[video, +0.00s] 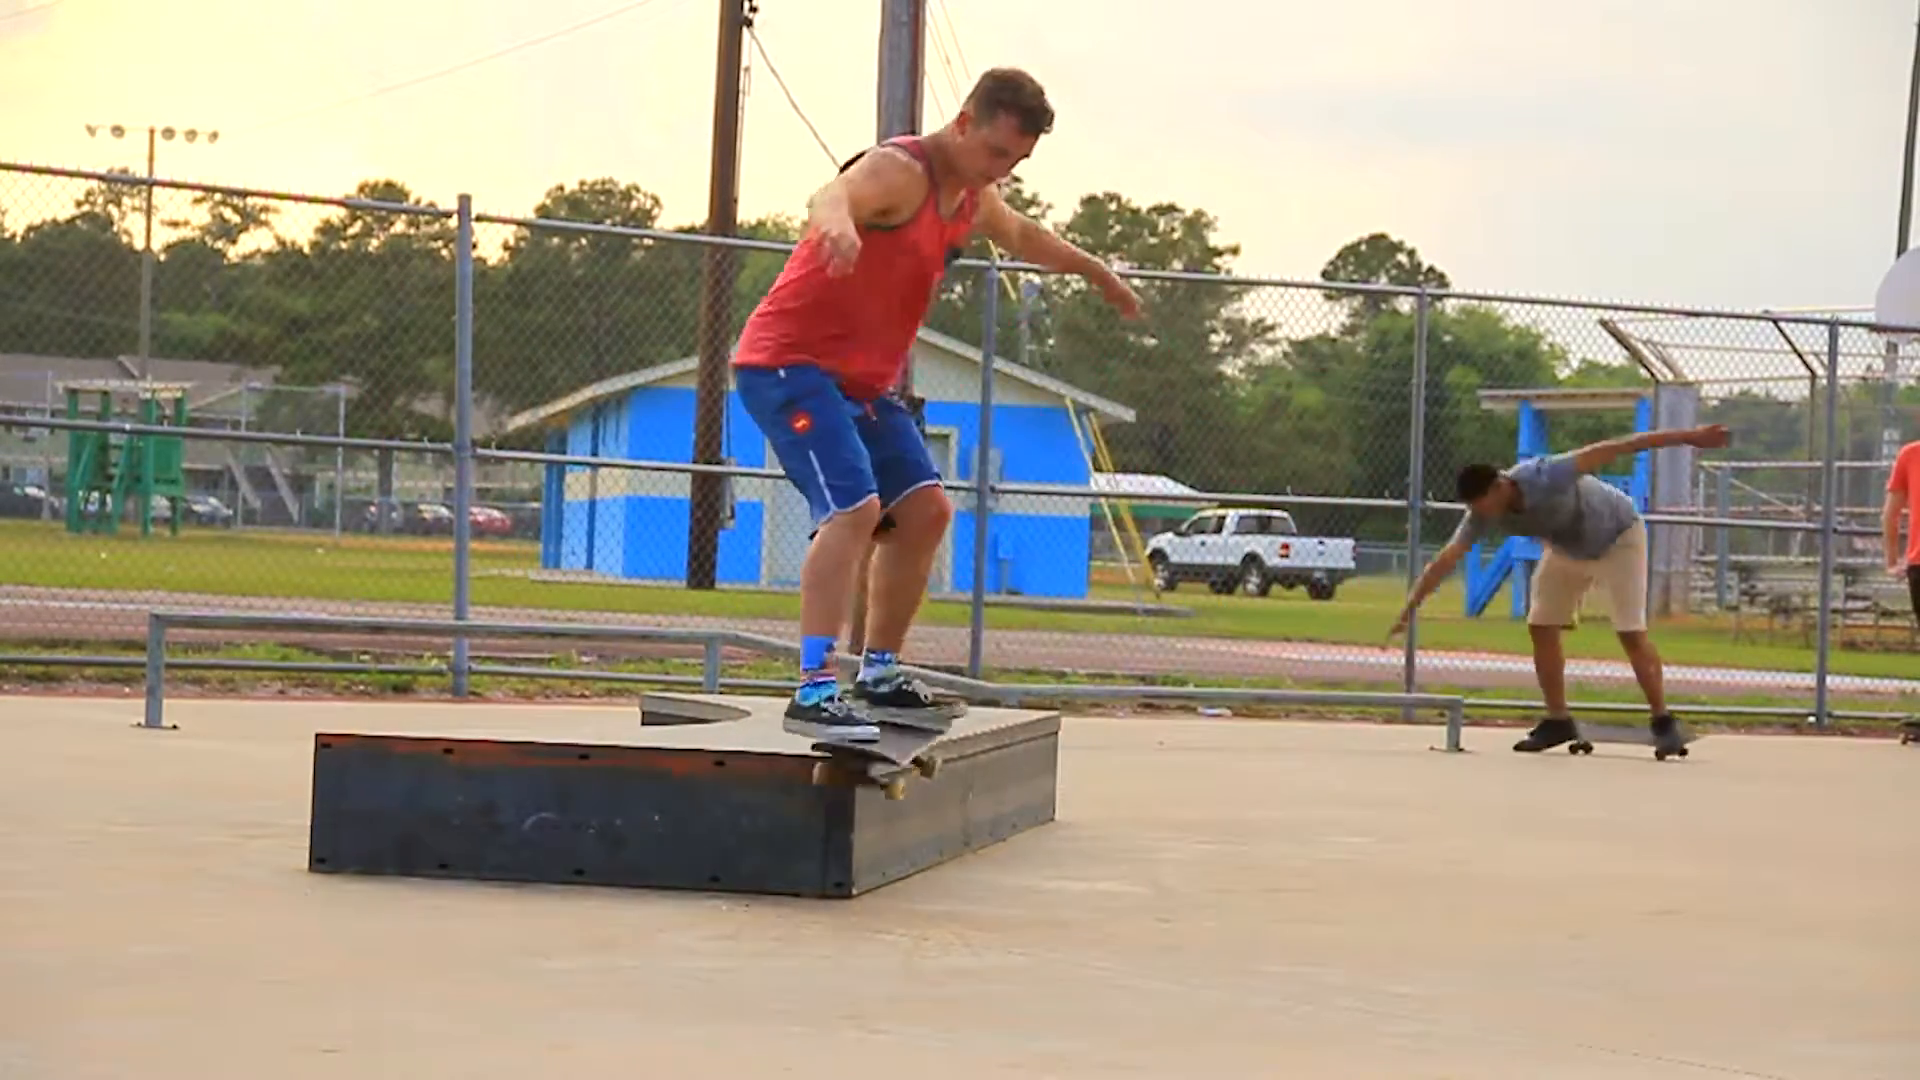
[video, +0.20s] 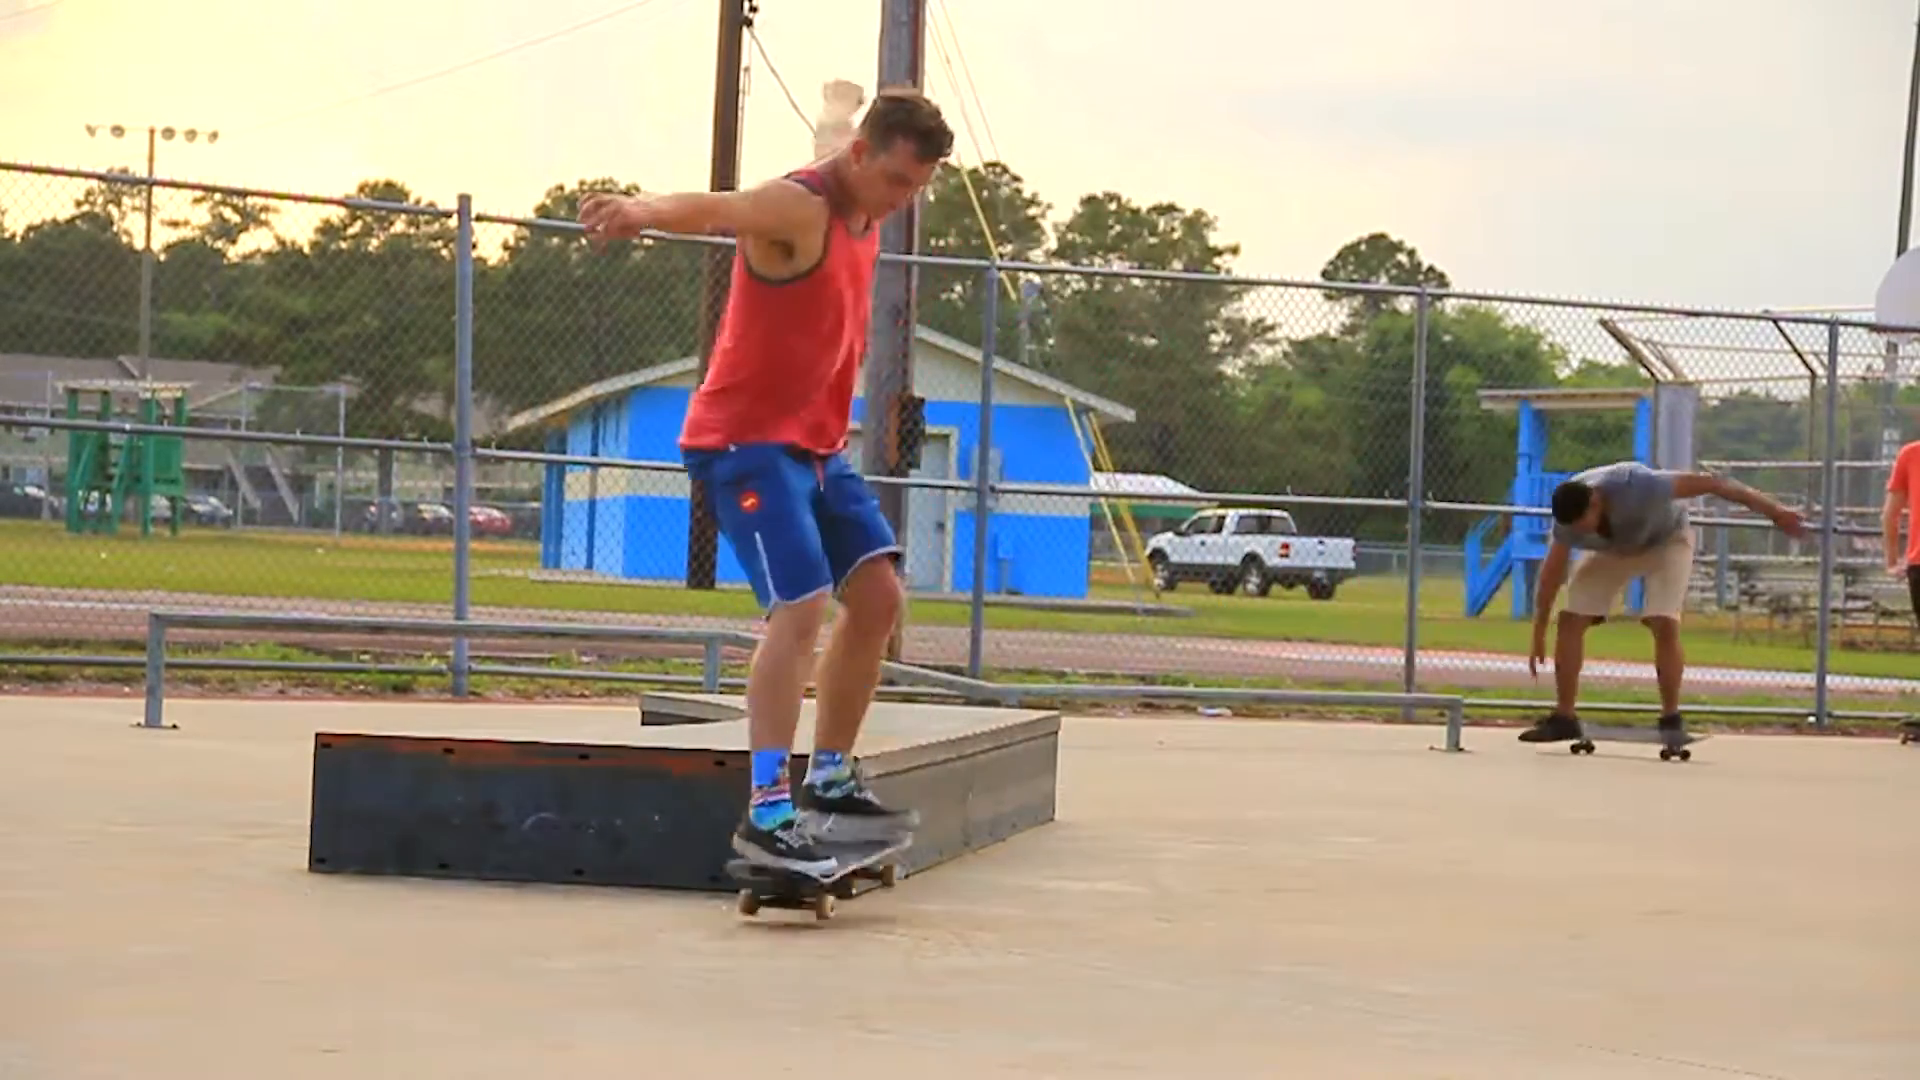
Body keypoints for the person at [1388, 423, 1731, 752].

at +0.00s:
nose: (1483, 517)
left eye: (1485, 508)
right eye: (1477, 512)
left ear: (1502, 487)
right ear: (1475, 503)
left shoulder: (1544, 475)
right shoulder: (1483, 513)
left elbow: (1615, 448)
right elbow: (1444, 562)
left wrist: (1690, 437)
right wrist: (1409, 607)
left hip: (1619, 533)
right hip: (1566, 545)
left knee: (1630, 630)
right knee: (1542, 624)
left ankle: (1662, 721)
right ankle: (1558, 721)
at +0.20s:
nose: (1582, 533)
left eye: (1586, 525)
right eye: (1575, 529)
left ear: (1597, 503)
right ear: (1565, 517)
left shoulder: (1640, 485)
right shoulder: (1566, 517)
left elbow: (1713, 484)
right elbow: (1551, 573)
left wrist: (1775, 511)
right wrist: (1538, 632)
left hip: (1666, 540)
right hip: (1611, 550)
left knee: (1664, 623)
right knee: (1569, 620)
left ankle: (1671, 721)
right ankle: (1564, 718)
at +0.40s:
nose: (1644, 453)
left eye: (1649, 446)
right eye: (1637, 448)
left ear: (1663, 433)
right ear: (1629, 438)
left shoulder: (1702, 433)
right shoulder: (1619, 443)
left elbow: (1757, 464)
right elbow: (1565, 469)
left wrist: (1792, 515)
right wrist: (1507, 504)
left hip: (1702, 531)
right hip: (1650, 527)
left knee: (1695, 622)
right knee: (1612, 609)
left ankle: (1709, 719)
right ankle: (1631, 707)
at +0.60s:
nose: (1690, 405)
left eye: (1696, 399)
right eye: (1684, 398)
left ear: (1717, 388)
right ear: (1679, 391)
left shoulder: (1750, 424)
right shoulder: (1667, 410)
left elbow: (1762, 495)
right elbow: (1614, 431)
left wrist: (1750, 557)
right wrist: (1549, 442)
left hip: (1733, 538)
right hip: (1678, 536)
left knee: (1742, 630)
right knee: (1664, 624)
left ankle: (1757, 720)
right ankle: (1681, 716)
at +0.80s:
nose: (1715, 367)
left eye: (1722, 359)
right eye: (1714, 360)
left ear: (1749, 360)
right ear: (1724, 362)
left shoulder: (1776, 412)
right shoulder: (1718, 405)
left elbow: (1761, 476)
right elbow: (1696, 452)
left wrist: (1697, 507)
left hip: (1762, 530)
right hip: (1714, 530)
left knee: (1775, 626)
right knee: (1706, 623)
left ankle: (1804, 719)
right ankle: (1718, 718)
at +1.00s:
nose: (1745, 355)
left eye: (1753, 347)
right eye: (1748, 348)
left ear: (1776, 355)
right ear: (1769, 357)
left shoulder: (1789, 400)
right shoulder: (1771, 405)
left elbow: (1766, 462)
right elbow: (1777, 474)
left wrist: (1698, 493)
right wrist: (1757, 522)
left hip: (1795, 529)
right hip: (1761, 529)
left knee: (1788, 627)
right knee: (1736, 620)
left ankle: (1816, 723)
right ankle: (1724, 717)